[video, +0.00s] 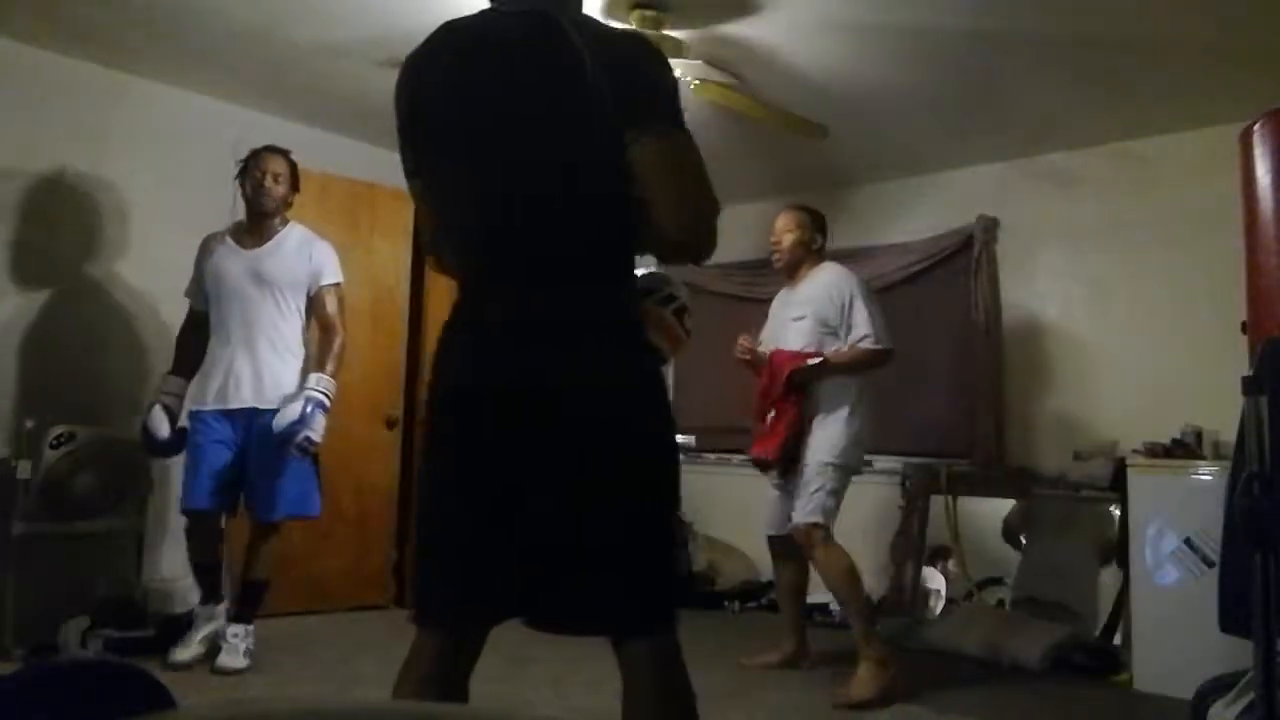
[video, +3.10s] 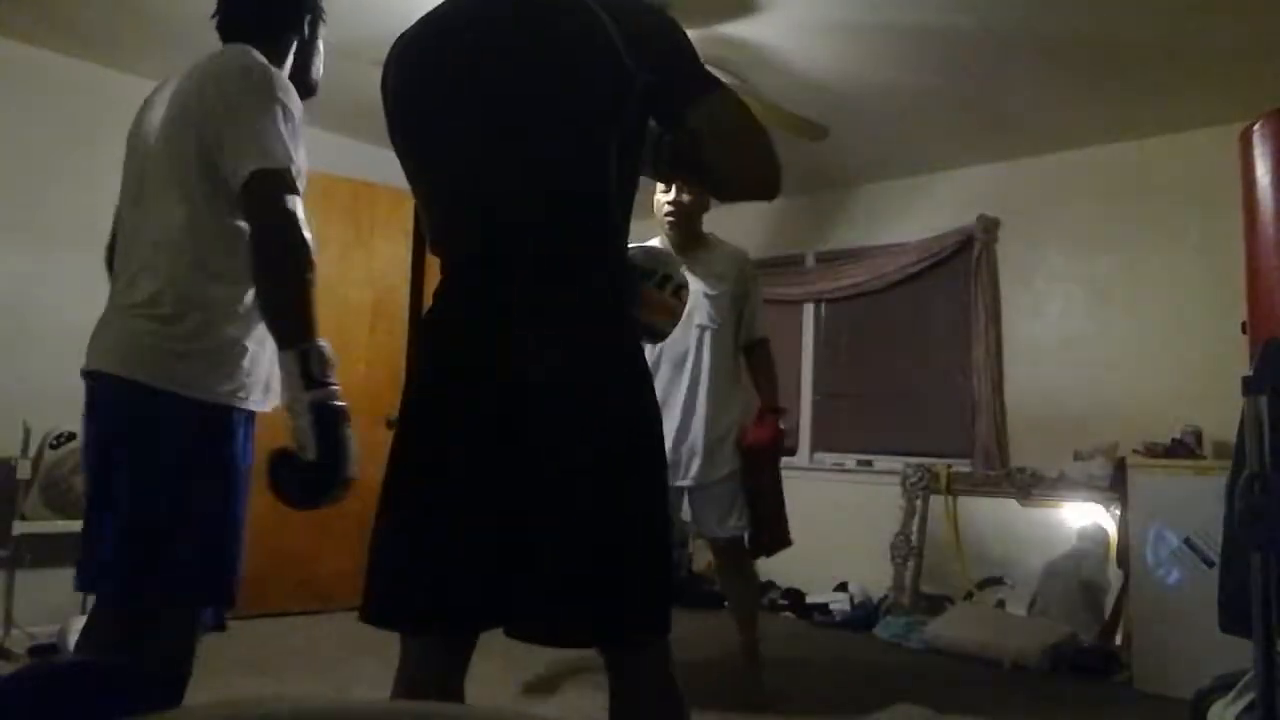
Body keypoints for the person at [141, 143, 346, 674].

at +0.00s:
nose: (264, 184)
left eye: (275, 179)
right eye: (256, 176)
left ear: (292, 193)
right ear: (240, 185)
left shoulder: (312, 251)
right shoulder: (213, 249)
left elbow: (332, 330)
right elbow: (195, 328)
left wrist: (316, 399)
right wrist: (170, 395)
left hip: (278, 408)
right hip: (212, 405)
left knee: (265, 522)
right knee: (200, 510)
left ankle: (242, 628)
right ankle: (209, 612)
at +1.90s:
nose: (237, 92)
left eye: (244, 82)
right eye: (220, 78)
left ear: (251, 95)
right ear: (174, 86)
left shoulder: (276, 183)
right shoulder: (121, 176)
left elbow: (300, 286)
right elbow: (87, 289)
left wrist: (304, 383)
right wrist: (54, 400)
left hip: (229, 404)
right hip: (134, 403)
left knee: (212, 559)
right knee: (123, 560)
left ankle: (195, 678)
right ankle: (124, 690)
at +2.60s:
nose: (317, 70)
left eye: (315, 57)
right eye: (301, 52)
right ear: (244, 53)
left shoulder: (278, 168)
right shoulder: (163, 121)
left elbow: (271, 298)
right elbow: (117, 264)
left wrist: (313, 390)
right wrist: (151, 383)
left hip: (268, 407)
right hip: (189, 404)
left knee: (236, 587)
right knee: (182, 588)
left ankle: (190, 711)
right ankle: (108, 694)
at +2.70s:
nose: (322, 63)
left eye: (317, 47)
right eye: (306, 44)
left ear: (256, 51)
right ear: (256, 47)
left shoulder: (267, 155)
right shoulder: (177, 105)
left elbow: (266, 298)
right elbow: (136, 251)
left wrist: (313, 395)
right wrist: (182, 391)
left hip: (258, 418)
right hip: (193, 414)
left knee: (216, 628)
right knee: (190, 634)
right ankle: (29, 694)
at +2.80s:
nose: (320, 63)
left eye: (317, 48)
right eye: (307, 46)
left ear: (249, 44)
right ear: (263, 44)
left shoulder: (253, 138)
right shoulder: (198, 95)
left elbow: (239, 306)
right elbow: (157, 233)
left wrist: (299, 402)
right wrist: (207, 388)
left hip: (233, 426)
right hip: (190, 422)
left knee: (186, 660)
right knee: (179, 663)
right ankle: (19, 695)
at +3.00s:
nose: (319, 51)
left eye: (317, 31)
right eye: (313, 28)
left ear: (235, 21)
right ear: (287, 24)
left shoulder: (196, 85)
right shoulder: (237, 75)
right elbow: (243, 236)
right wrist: (284, 395)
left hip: (157, 394)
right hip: (184, 400)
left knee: (146, 654)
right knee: (163, 663)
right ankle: (13, 698)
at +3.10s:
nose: (323, 60)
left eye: (324, 40)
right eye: (322, 37)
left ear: (238, 22)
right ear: (296, 29)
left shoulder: (167, 95)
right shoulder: (253, 79)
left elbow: (122, 254)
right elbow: (279, 236)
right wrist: (316, 394)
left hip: (129, 382)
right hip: (187, 395)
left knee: (122, 622)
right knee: (155, 658)